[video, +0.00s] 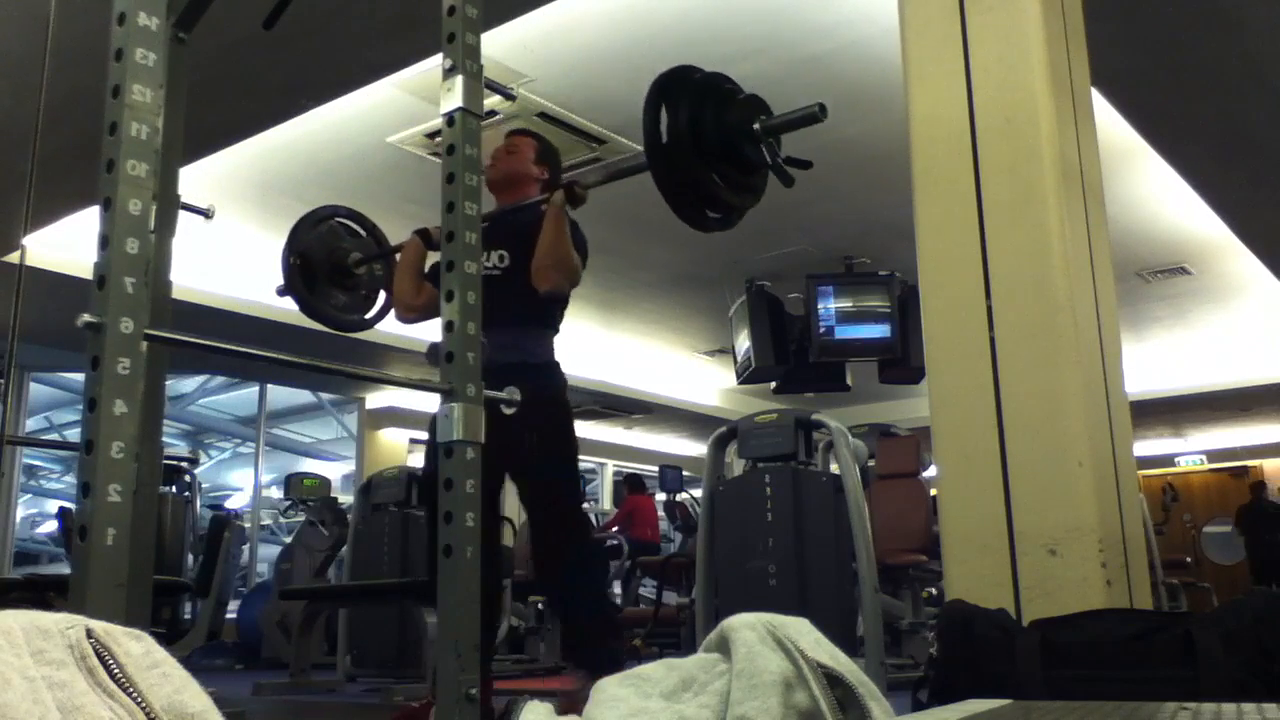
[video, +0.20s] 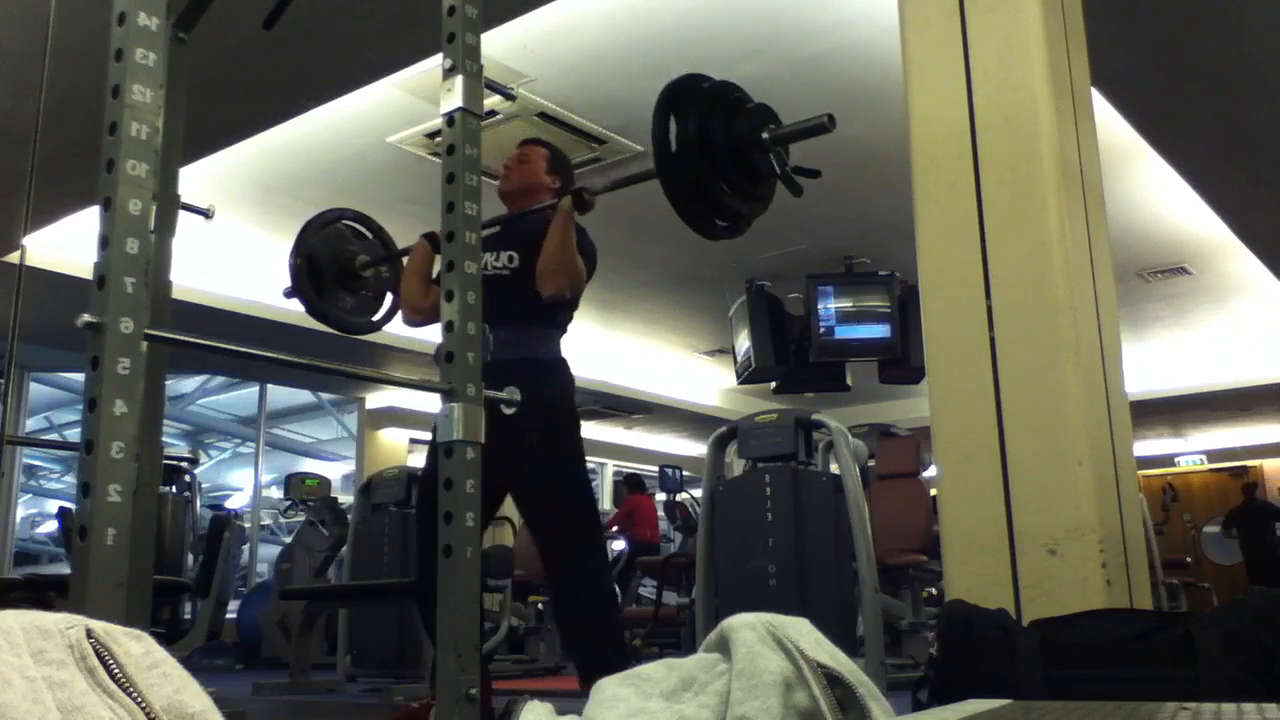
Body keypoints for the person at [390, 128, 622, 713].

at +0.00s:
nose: (497, 152)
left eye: (513, 148)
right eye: (496, 147)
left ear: (542, 173)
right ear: (488, 172)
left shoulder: (556, 223)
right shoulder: (469, 234)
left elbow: (552, 278)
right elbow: (409, 304)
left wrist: (556, 202)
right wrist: (415, 241)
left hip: (531, 388)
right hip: (464, 393)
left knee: (559, 531)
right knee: (461, 537)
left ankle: (597, 668)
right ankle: (458, 678)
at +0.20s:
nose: (507, 164)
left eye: (523, 158)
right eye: (507, 159)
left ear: (553, 179)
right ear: (502, 181)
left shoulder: (568, 231)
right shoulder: (477, 239)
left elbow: (555, 284)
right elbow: (416, 307)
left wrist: (565, 205)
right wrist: (427, 243)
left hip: (537, 392)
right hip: (471, 397)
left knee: (570, 548)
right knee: (436, 542)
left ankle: (611, 693)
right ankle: (455, 688)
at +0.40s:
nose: (513, 163)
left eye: (528, 157)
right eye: (512, 159)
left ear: (558, 179)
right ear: (507, 182)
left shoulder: (571, 230)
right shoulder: (480, 240)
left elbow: (557, 283)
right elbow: (416, 303)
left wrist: (571, 205)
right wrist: (433, 239)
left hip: (544, 389)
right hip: (477, 395)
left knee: (573, 549)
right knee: (458, 547)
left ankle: (609, 694)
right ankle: (455, 691)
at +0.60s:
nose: (512, 160)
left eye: (527, 153)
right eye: (510, 156)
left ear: (559, 176)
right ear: (506, 179)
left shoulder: (571, 227)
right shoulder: (483, 239)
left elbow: (548, 268)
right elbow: (407, 290)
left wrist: (573, 199)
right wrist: (437, 232)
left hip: (544, 388)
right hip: (477, 396)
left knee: (577, 548)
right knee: (468, 547)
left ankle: (607, 692)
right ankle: (457, 690)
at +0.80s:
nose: (511, 164)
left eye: (525, 156)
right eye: (509, 158)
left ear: (559, 176)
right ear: (507, 180)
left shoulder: (572, 228)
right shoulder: (483, 241)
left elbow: (550, 269)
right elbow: (408, 293)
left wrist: (573, 202)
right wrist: (437, 237)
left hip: (541, 388)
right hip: (475, 394)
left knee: (572, 545)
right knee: (466, 545)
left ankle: (609, 693)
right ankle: (458, 690)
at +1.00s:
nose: (513, 164)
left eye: (527, 156)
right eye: (510, 159)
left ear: (561, 177)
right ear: (507, 181)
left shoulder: (573, 228)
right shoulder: (484, 242)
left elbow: (551, 267)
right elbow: (408, 289)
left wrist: (577, 201)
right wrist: (445, 230)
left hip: (539, 389)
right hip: (473, 395)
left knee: (572, 549)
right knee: (465, 548)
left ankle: (610, 695)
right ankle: (458, 692)